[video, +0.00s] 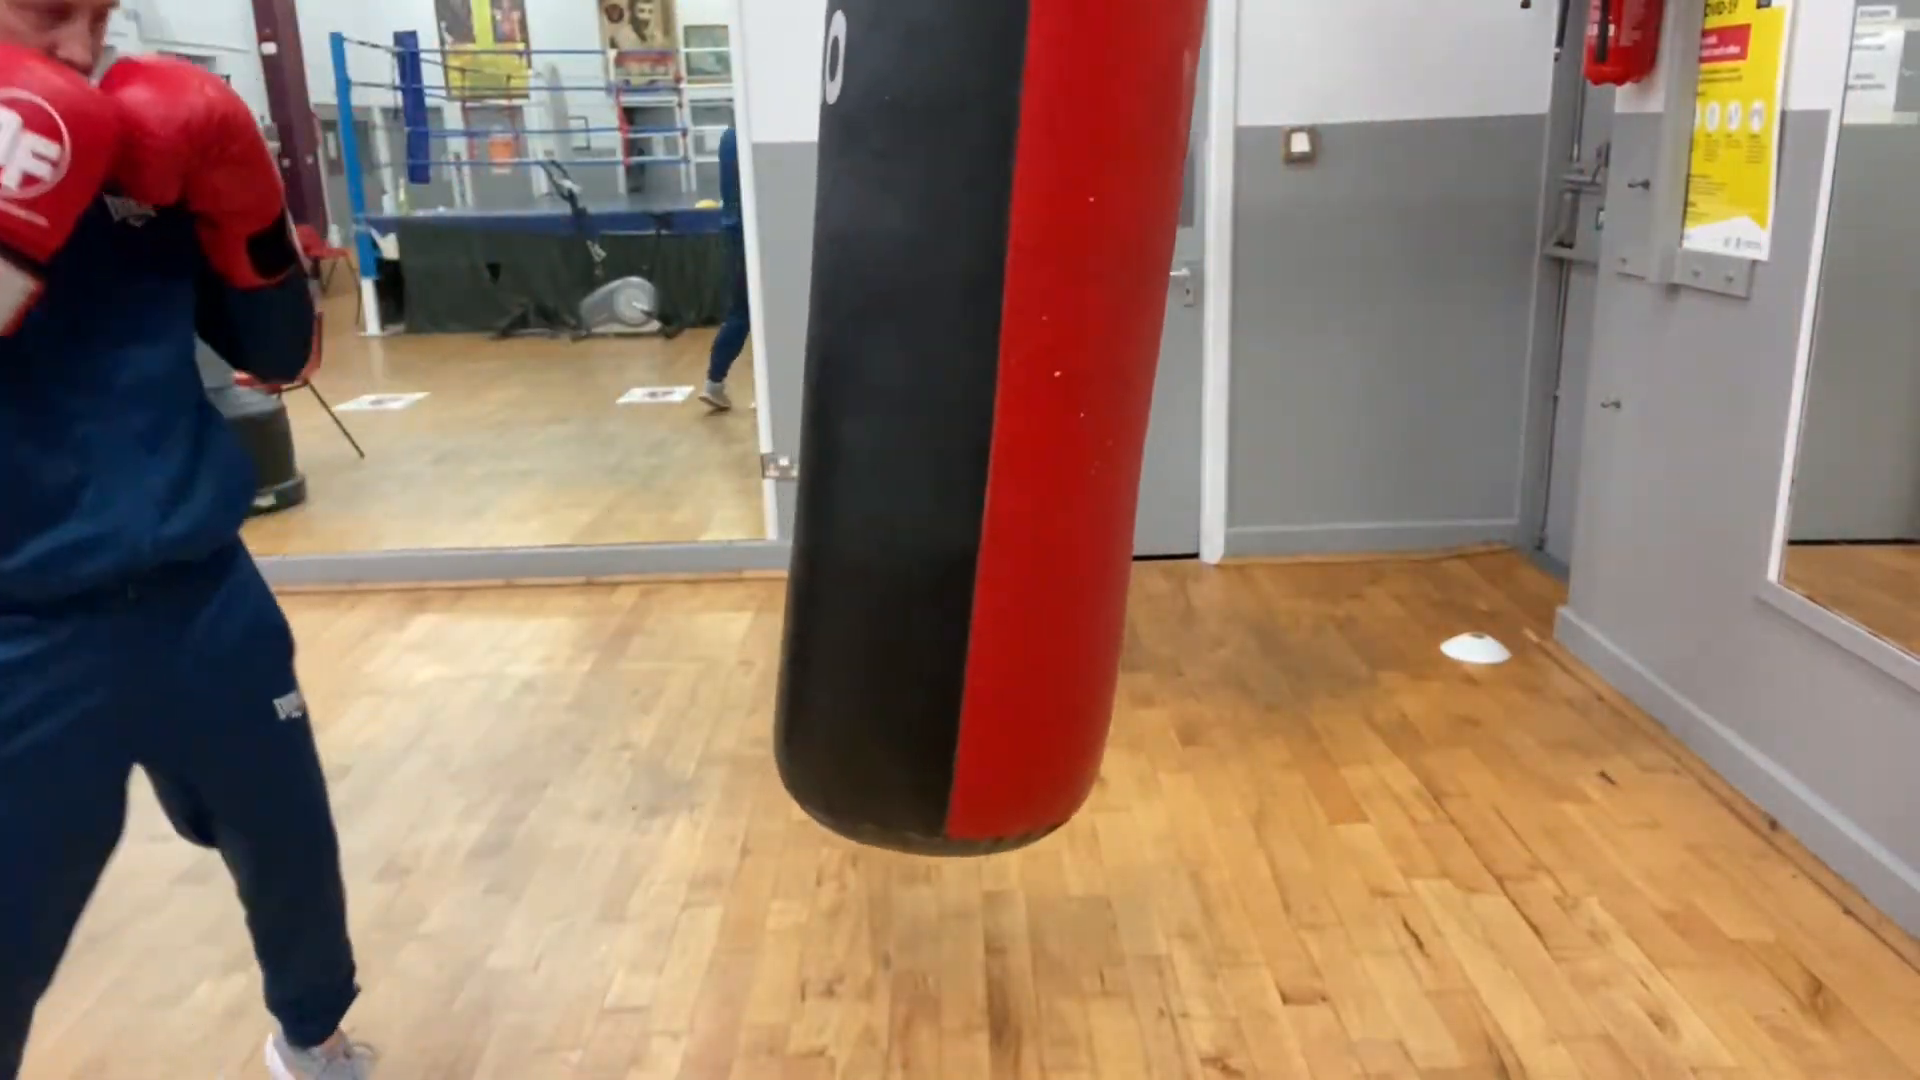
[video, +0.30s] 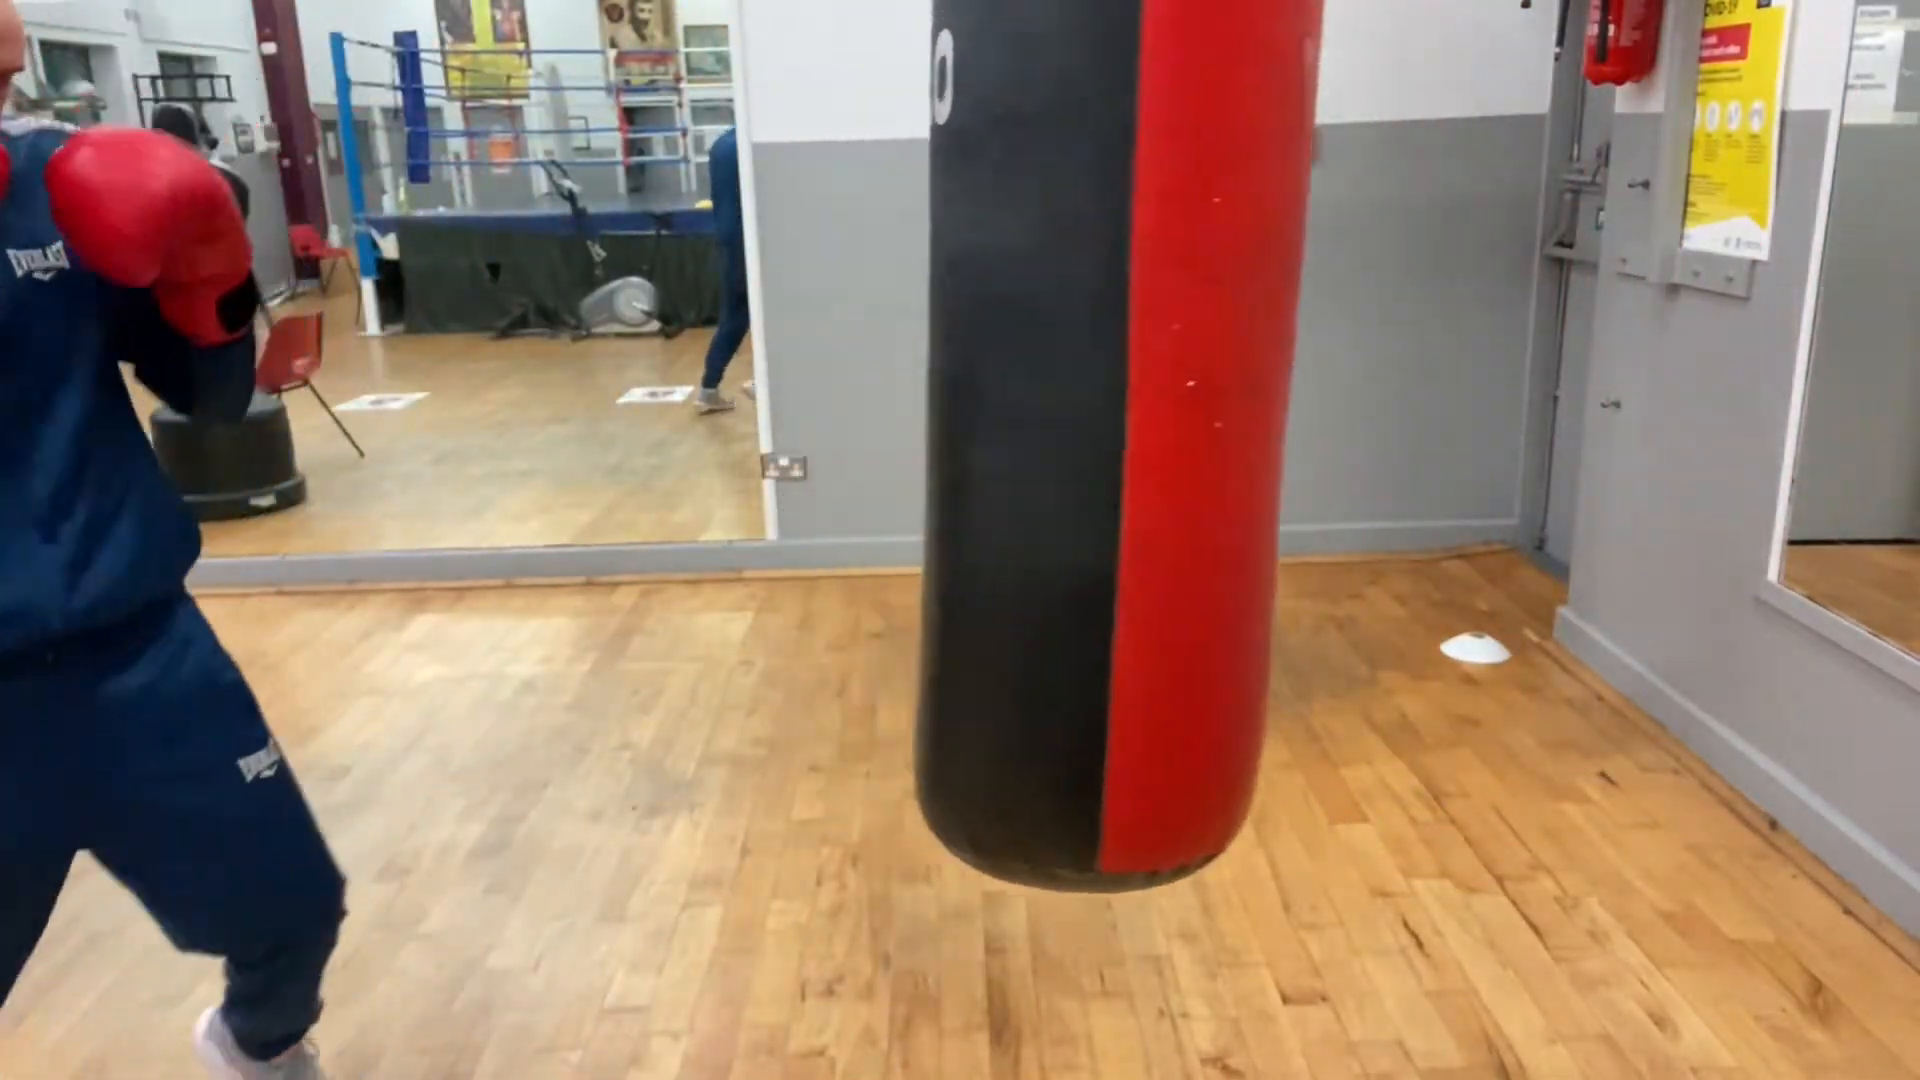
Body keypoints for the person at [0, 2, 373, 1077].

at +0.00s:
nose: (77, 38)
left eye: (94, 13)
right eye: (48, 13)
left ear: (116, 17)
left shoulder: (145, 150)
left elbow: (278, 355)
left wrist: (243, 192)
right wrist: (24, 224)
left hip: (202, 594)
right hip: (33, 626)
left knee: (291, 847)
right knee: (15, 949)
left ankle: (312, 1040)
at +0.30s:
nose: (12, 73)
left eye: (13, 62)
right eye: (1, 64)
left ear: (20, 53)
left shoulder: (73, 184)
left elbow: (207, 392)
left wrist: (206, 281)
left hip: (136, 649)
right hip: (4, 693)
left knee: (290, 906)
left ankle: (258, 1043)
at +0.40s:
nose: (15, 39)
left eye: (22, 24)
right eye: (5, 24)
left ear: (36, 28)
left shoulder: (80, 137)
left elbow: (280, 331)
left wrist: (245, 177)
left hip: (157, 627)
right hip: (9, 673)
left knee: (347, 882)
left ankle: (356, 1042)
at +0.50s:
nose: (62, 79)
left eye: (78, 57)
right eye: (40, 54)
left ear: (92, 44)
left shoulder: (127, 151)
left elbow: (305, 344)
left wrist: (299, 210)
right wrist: (10, 197)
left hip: (189, 644)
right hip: (22, 683)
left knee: (393, 883)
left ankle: (504, 1059)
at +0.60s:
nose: (139, 169)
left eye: (155, 131)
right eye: (104, 133)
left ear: (170, 119)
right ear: (13, 133)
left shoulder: (209, 227)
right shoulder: (4, 283)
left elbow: (316, 433)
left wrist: (343, 347)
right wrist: (26, 340)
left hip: (258, 701)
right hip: (47, 745)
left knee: (459, 924)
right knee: (6, 1042)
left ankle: (566, 1069)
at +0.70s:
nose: (241, 171)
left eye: (259, 139)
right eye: (211, 135)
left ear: (277, 122)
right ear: (97, 99)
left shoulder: (305, 228)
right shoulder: (19, 252)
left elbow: (441, 421)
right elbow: (24, 520)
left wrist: (450, 307)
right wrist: (115, 326)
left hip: (349, 710)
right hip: (129, 748)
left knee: (526, 960)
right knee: (46, 1055)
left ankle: (570, 1070)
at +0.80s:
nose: (319, 111)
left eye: (337, 78)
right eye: (290, 73)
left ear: (354, 62)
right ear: (174, 41)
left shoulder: (377, 173)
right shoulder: (51, 212)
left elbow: (534, 356)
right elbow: (105, 464)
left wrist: (527, 214)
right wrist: (210, 253)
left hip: (416, 684)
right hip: (197, 724)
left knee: (563, 969)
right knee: (123, 1053)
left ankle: (579, 1077)